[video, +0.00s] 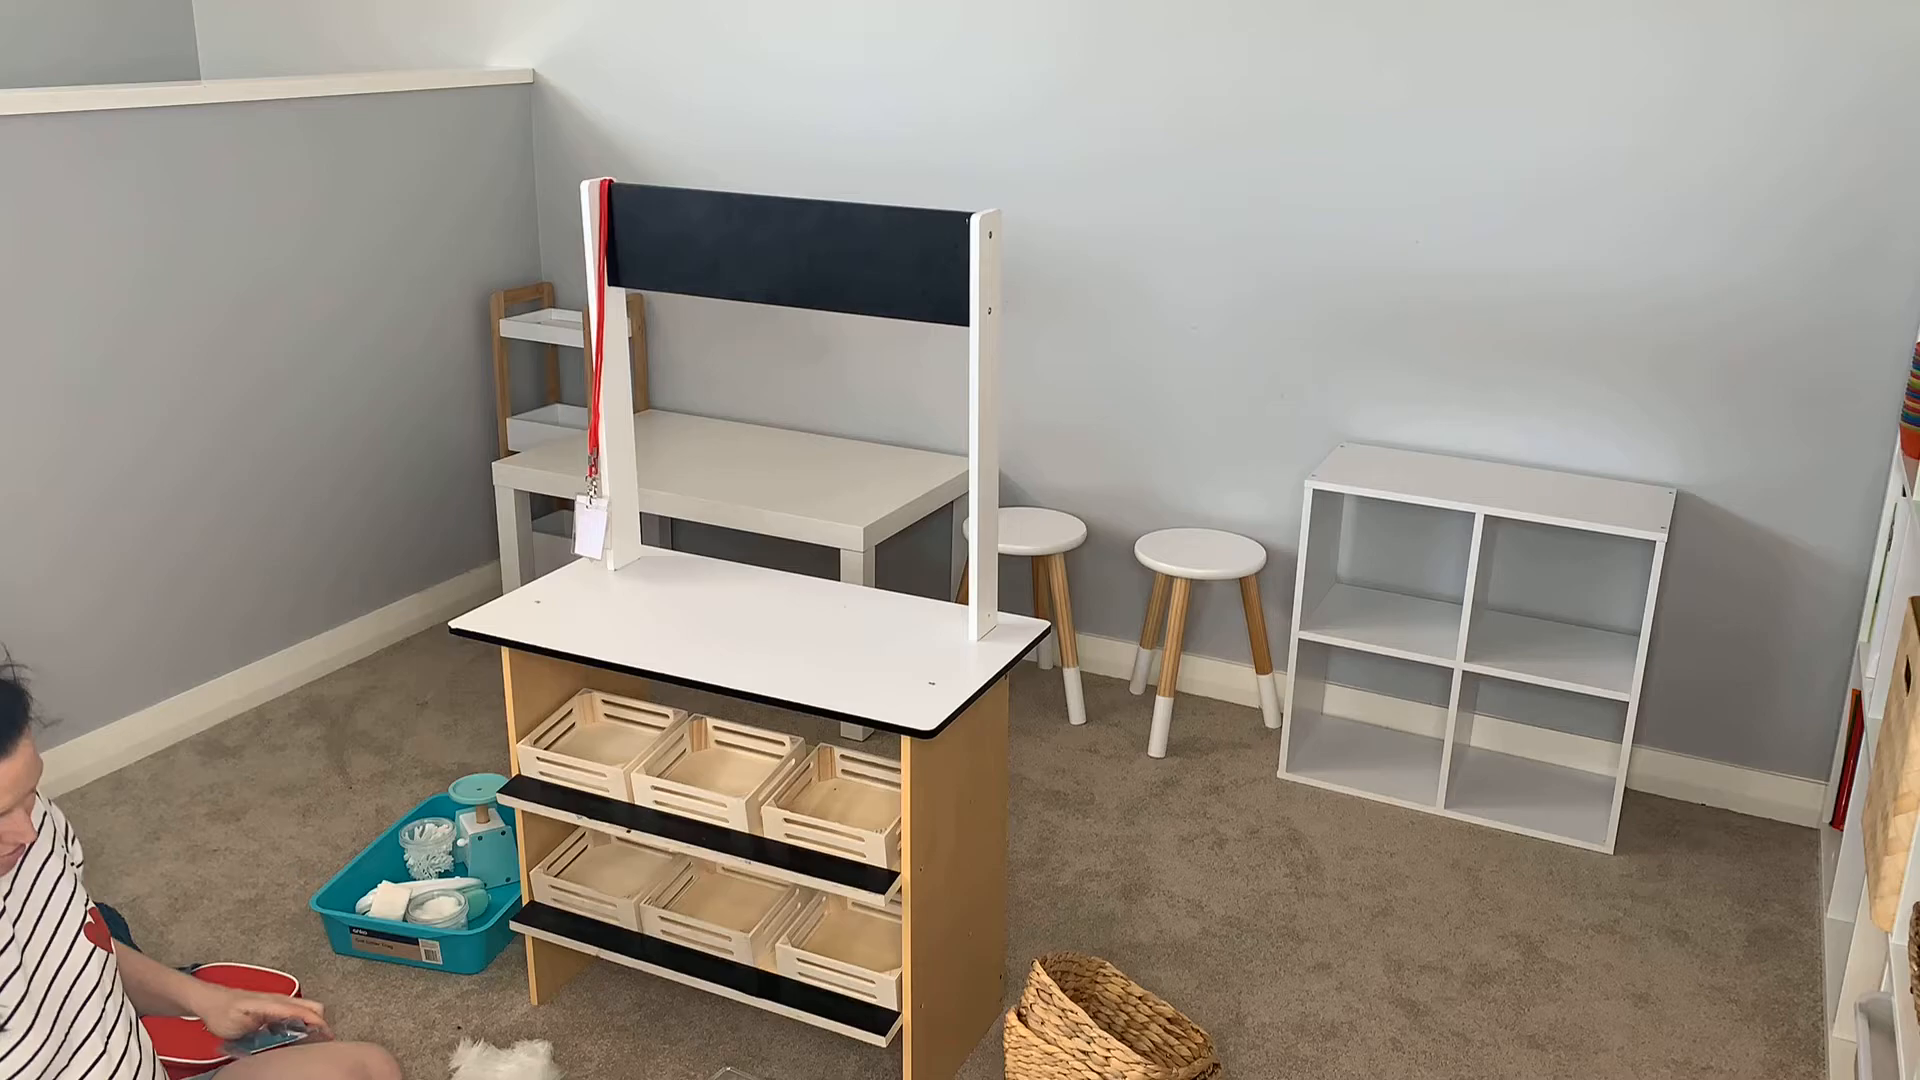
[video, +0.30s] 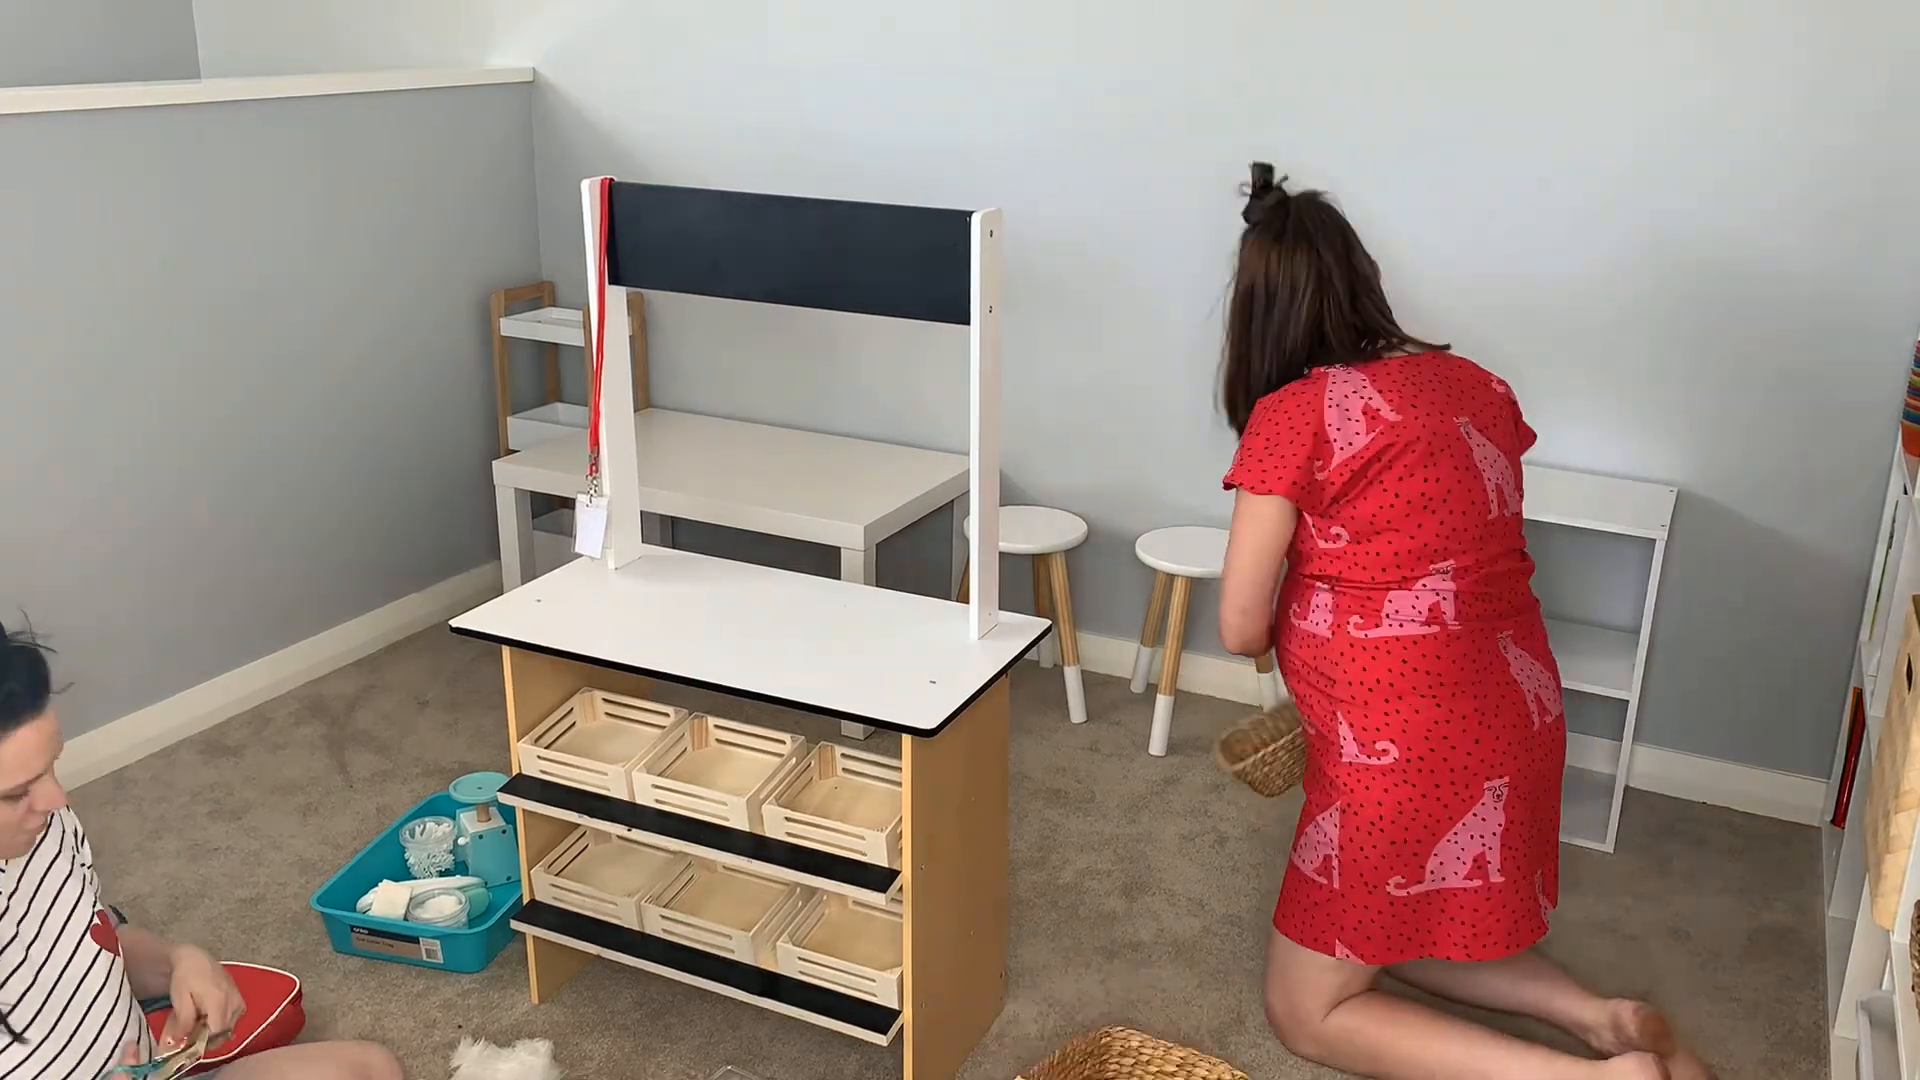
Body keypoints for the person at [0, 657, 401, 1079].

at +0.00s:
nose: (26, 830)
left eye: (28, 798)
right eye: (4, 814)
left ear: (36, 763)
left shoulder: (40, 823)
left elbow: (87, 942)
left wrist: (202, 998)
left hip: (147, 1063)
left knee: (372, 1066)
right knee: (371, 1066)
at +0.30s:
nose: (55, 801)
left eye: (51, 766)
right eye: (18, 792)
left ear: (51, 736)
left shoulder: (53, 825)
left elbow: (97, 940)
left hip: (143, 1046)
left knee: (373, 1065)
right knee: (370, 1065)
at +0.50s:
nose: (108, 812)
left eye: (102, 776)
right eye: (70, 802)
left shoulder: (73, 837)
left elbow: (117, 966)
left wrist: (247, 1056)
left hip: (160, 1058)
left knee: (375, 1065)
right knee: (372, 1065)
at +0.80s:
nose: (79, 785)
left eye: (67, 759)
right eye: (46, 785)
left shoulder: (49, 830)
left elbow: (100, 955)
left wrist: (204, 922)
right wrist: (71, 1058)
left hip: (144, 1057)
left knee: (373, 1062)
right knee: (369, 1062)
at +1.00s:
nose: (69, 797)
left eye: (64, 765)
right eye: (33, 793)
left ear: (61, 736)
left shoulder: (57, 815)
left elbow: (100, 951)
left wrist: (189, 947)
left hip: (125, 1050)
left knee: (373, 1063)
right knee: (368, 1063)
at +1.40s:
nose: (45, 788)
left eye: (43, 754)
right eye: (11, 778)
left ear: (45, 726)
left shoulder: (53, 793)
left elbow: (86, 931)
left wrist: (158, 957)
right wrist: (123, 1068)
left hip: (133, 1042)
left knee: (372, 1062)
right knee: (368, 1063)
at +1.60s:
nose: (53, 822)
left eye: (58, 788)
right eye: (16, 811)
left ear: (61, 752)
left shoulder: (72, 816)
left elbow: (160, 979)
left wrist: (266, 1070)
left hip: (162, 1067)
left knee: (374, 1062)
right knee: (371, 1063)